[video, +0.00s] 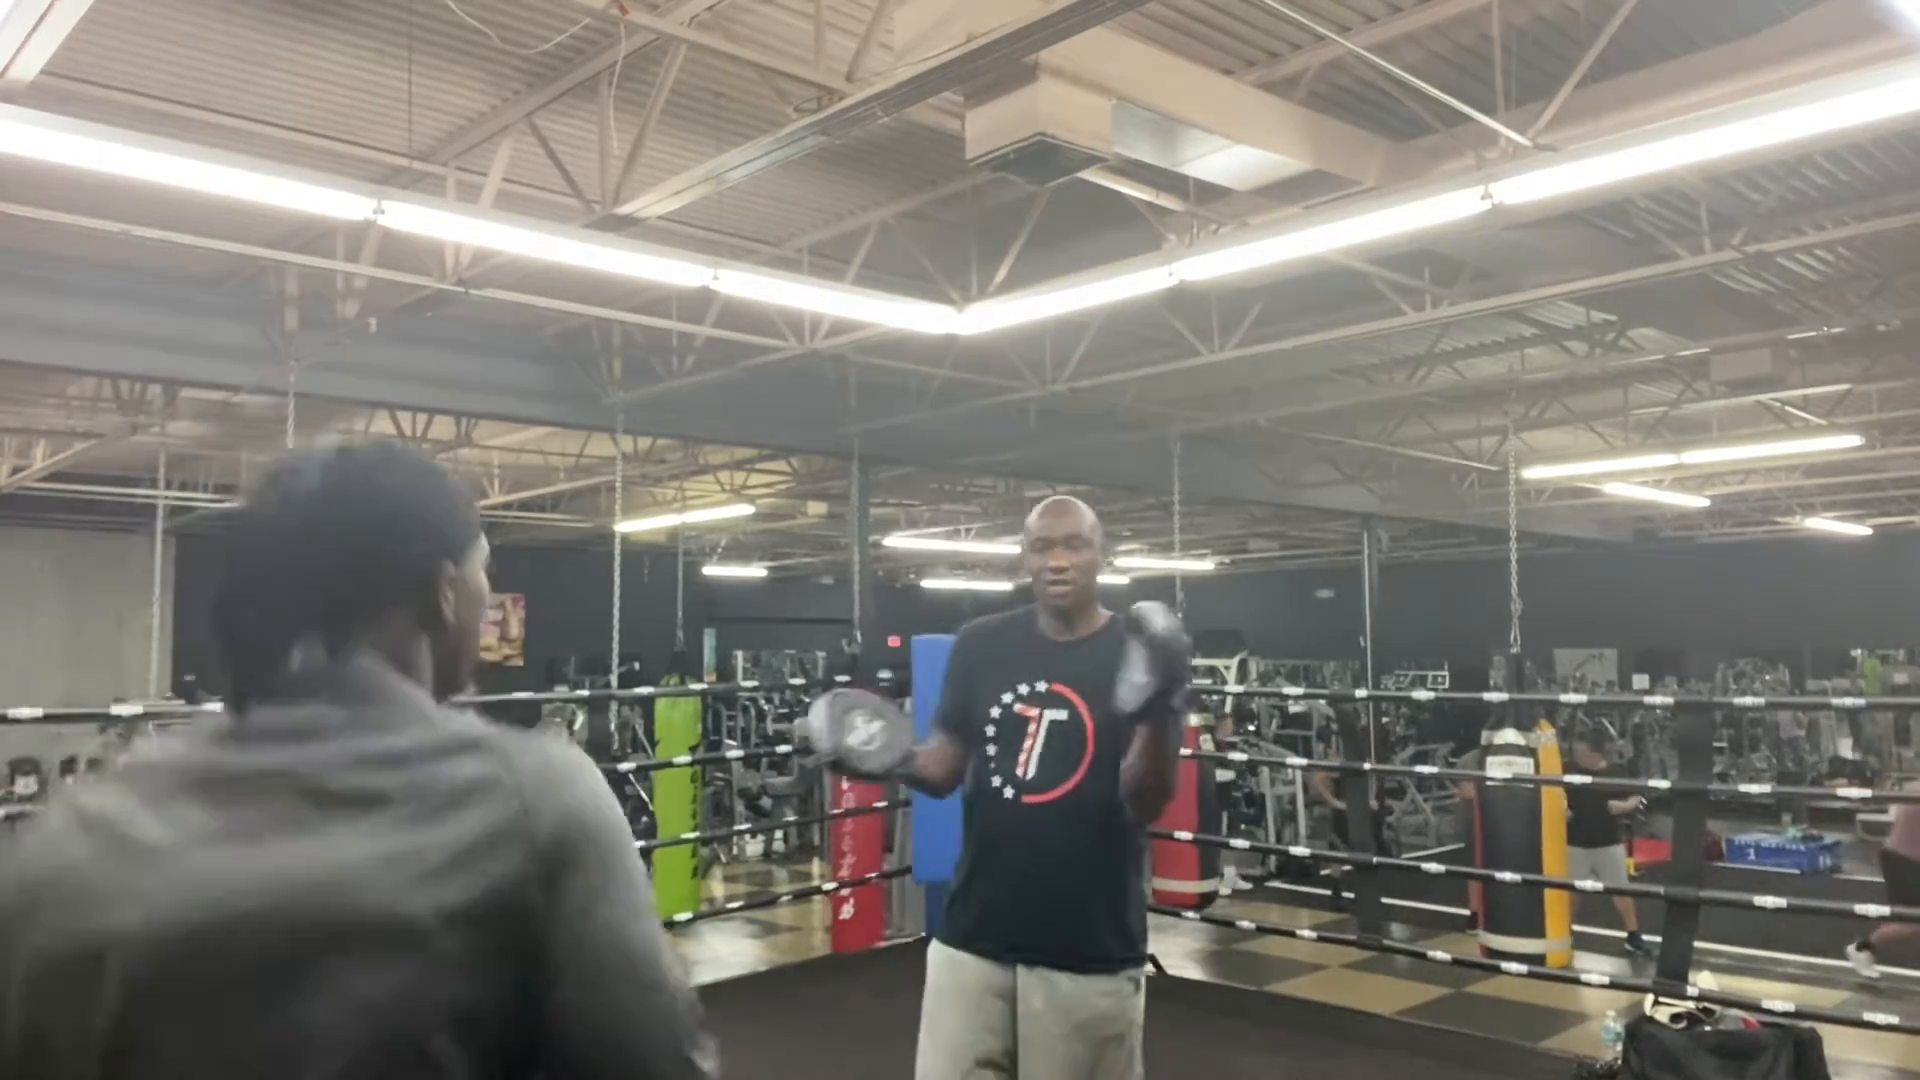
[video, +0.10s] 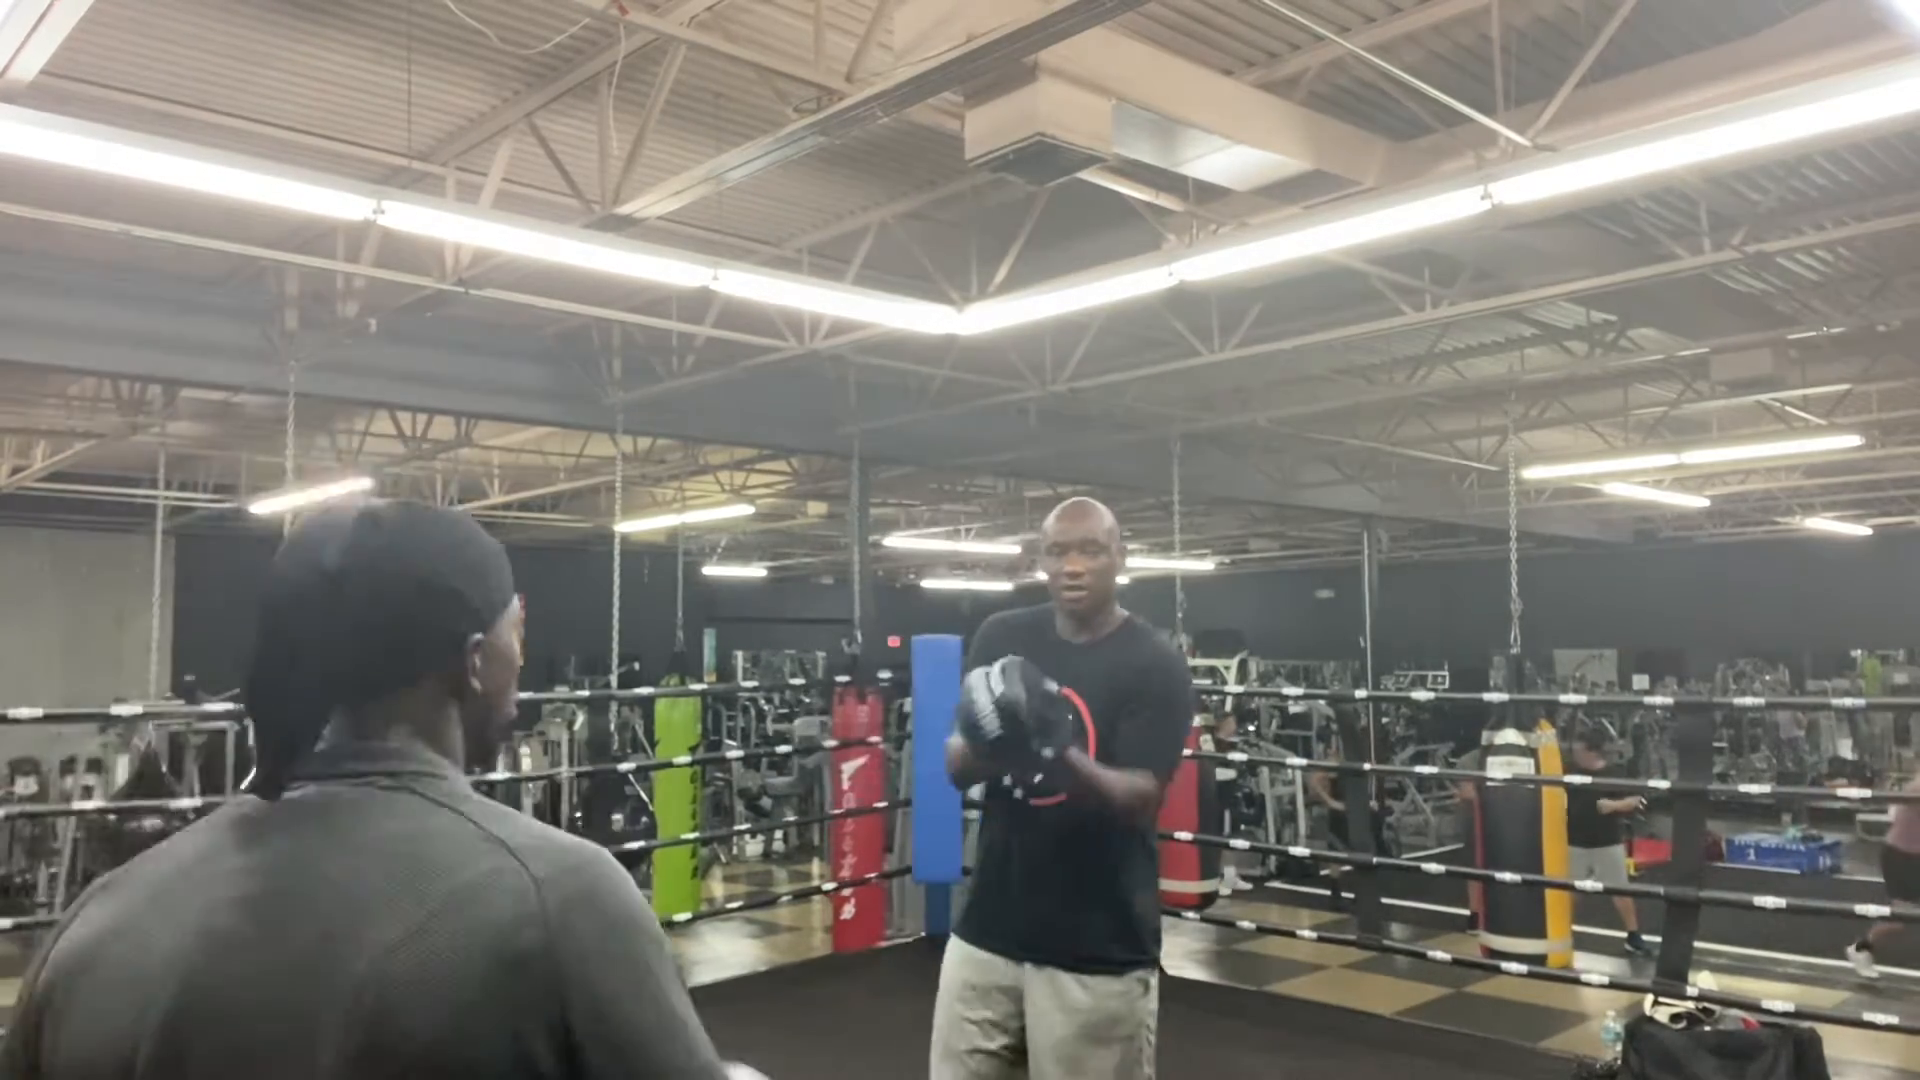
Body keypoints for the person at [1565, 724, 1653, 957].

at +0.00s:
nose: (1575, 752)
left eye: (1580, 747)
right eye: (1575, 747)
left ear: (1596, 750)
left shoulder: (1615, 774)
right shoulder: (1567, 773)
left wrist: (1627, 805)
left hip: (1608, 841)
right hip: (1575, 842)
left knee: (1620, 890)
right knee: (1571, 890)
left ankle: (1633, 934)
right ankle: (1564, 932)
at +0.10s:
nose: (1576, 753)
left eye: (1580, 749)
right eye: (1579, 749)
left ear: (1593, 750)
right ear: (1575, 751)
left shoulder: (1615, 774)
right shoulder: (1568, 775)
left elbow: (1637, 800)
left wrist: (1613, 805)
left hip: (1608, 841)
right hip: (1575, 841)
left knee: (1620, 890)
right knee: (1569, 892)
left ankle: (1633, 935)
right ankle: (1561, 935)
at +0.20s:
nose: (1589, 760)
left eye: (1594, 755)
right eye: (1585, 754)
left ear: (1599, 754)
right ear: (1576, 751)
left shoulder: (1613, 774)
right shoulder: (1567, 773)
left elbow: (1634, 802)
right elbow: (1584, 805)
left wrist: (1608, 805)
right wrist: (1621, 803)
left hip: (1608, 841)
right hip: (1575, 841)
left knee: (1620, 890)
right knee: (1569, 891)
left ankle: (1633, 934)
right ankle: (1561, 934)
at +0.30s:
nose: (1571, 758)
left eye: (1575, 753)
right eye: (1573, 753)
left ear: (1587, 753)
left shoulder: (1613, 773)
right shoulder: (1569, 775)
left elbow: (1634, 799)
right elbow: (1587, 806)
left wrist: (1602, 804)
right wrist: (1622, 802)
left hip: (1608, 841)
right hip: (1575, 842)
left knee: (1620, 889)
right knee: (1568, 891)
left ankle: (1633, 934)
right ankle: (1562, 936)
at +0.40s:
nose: (1567, 757)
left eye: (1571, 753)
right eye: (1569, 753)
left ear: (1584, 753)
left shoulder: (1611, 772)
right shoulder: (1565, 774)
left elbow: (1634, 800)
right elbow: (1582, 808)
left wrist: (1600, 805)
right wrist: (1620, 802)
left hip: (1607, 840)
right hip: (1575, 842)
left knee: (1619, 888)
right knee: (1569, 891)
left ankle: (1633, 934)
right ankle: (1564, 936)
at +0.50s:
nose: (1565, 757)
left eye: (1569, 753)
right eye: (1567, 753)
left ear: (1585, 754)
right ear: (1570, 751)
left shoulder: (1610, 772)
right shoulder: (1560, 773)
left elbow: (1635, 798)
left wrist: (1600, 805)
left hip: (1606, 841)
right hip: (1572, 842)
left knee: (1619, 889)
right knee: (1568, 893)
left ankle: (1633, 934)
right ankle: (1565, 938)